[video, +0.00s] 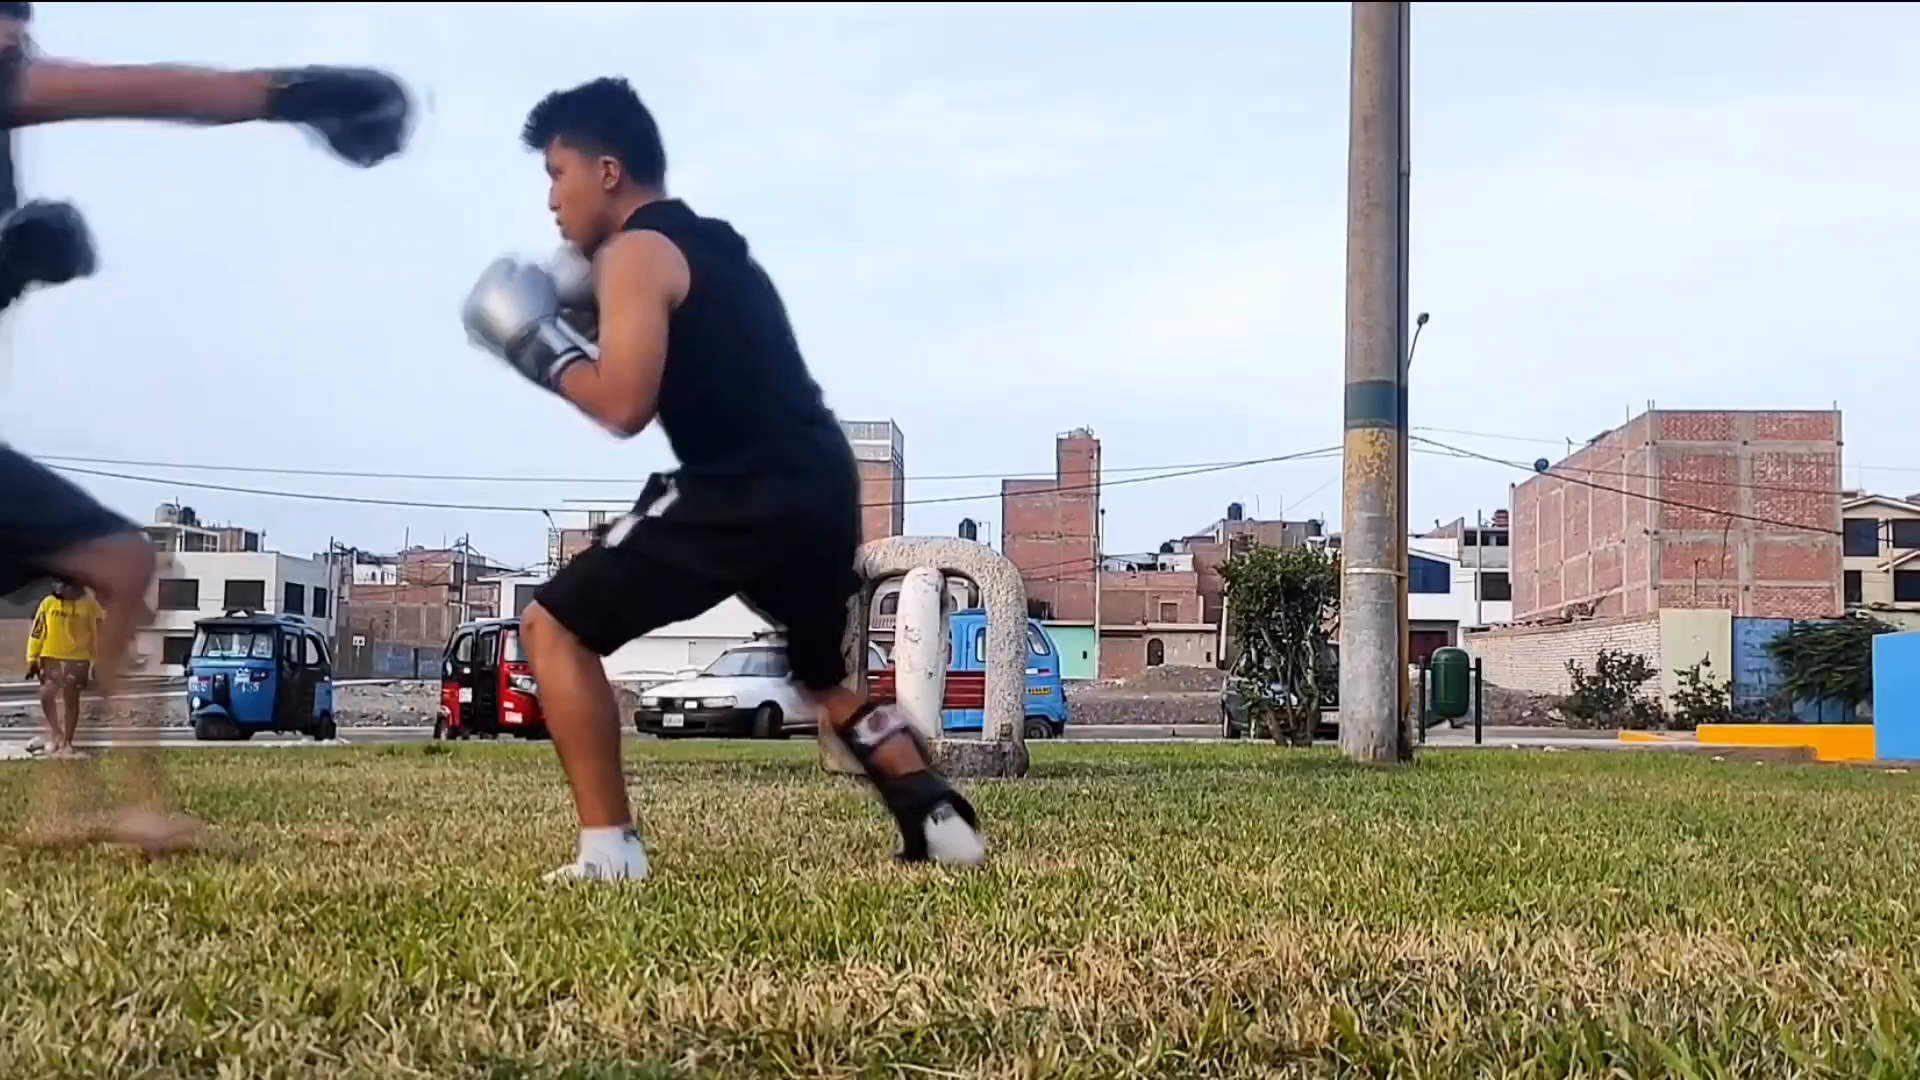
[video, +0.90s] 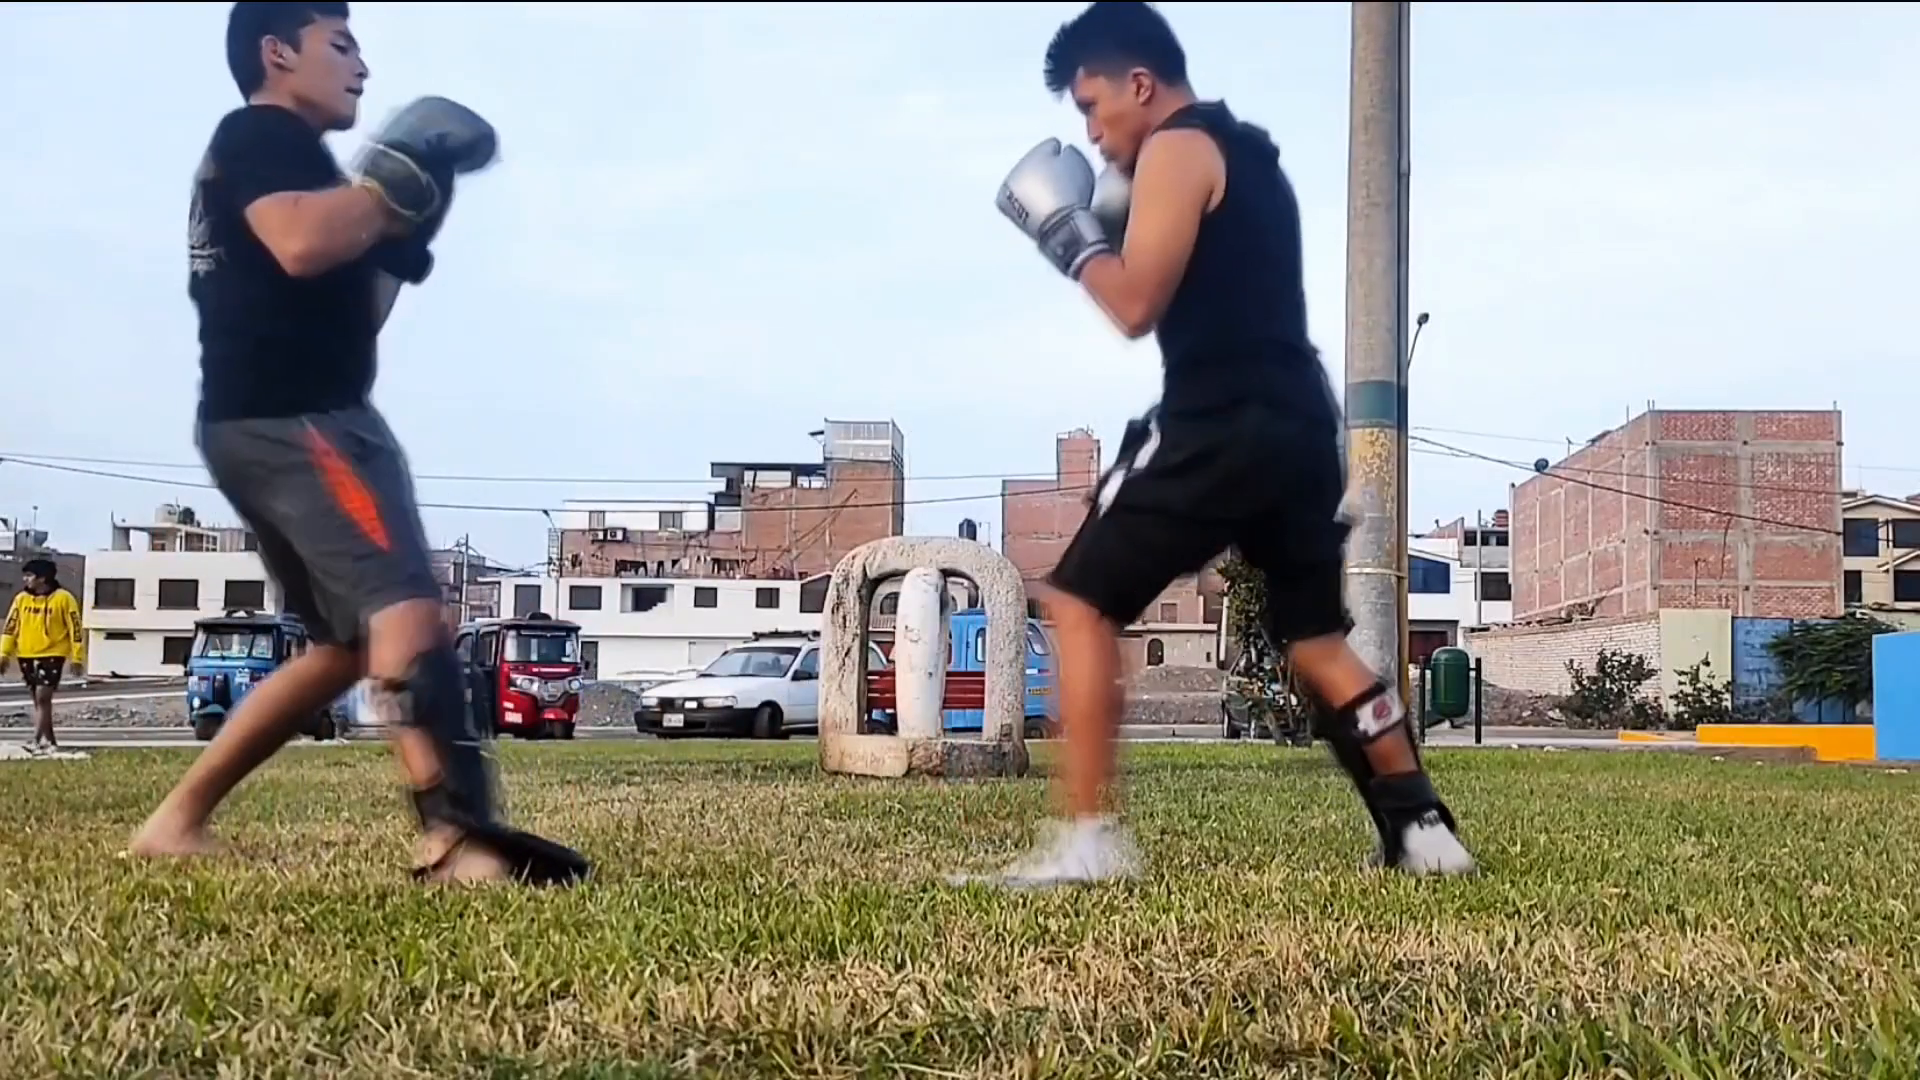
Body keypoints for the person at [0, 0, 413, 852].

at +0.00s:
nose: (23, 41)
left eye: (22, 29)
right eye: (17, 27)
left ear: (20, 39)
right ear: (4, 29)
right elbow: (133, 91)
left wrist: (12, 263)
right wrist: (295, 91)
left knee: (115, 566)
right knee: (121, 562)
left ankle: (65, 803)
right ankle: (144, 802)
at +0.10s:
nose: (93, 67)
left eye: (90, 54)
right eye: (79, 55)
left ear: (14, 59)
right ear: (20, 54)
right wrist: (378, 77)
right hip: (29, 440)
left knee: (188, 613)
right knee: (186, 611)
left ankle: (197, 837)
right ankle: (197, 838)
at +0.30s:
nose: (178, 130)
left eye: (181, 119)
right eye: (168, 117)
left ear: (67, 122)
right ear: (109, 105)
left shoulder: (10, 246)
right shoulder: (113, 146)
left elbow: (96, 394)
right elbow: (144, 147)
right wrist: (270, 154)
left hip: (160, 472)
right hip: (265, 397)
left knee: (189, 665)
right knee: (471, 503)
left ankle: (288, 851)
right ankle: (685, 555)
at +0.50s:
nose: (258, 113)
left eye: (257, 100)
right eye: (247, 96)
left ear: (153, 101)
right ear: (187, 83)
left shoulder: (96, 225)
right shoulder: (204, 124)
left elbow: (169, 390)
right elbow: (250, 166)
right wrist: (352, 197)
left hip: (236, 437)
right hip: (334, 368)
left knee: (291, 639)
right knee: (543, 498)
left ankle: (301, 850)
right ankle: (671, 643)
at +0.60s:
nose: (300, 80)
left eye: (297, 66)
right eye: (287, 61)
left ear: (204, 73)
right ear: (229, 58)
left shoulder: (146, 199)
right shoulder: (244, 110)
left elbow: (194, 344)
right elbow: (280, 157)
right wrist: (436, 194)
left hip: (253, 423)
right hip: (349, 377)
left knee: (302, 633)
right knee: (534, 547)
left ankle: (299, 849)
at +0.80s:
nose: (371, 84)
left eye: (362, 66)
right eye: (351, 64)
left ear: (279, 79)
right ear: (292, 71)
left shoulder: (230, 185)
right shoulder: (308, 142)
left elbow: (317, 291)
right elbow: (343, 236)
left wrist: (400, 221)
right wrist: (465, 195)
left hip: (267, 447)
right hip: (345, 435)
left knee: (353, 631)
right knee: (480, 615)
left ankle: (212, 791)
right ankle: (470, 844)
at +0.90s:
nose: (361, 67)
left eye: (355, 51)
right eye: (341, 47)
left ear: (283, 59)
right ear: (278, 56)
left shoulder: (293, 161)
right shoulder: (259, 131)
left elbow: (346, 322)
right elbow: (299, 245)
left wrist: (397, 244)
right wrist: (398, 180)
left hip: (270, 424)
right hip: (298, 416)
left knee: (340, 648)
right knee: (405, 610)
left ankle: (174, 824)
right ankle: (455, 843)